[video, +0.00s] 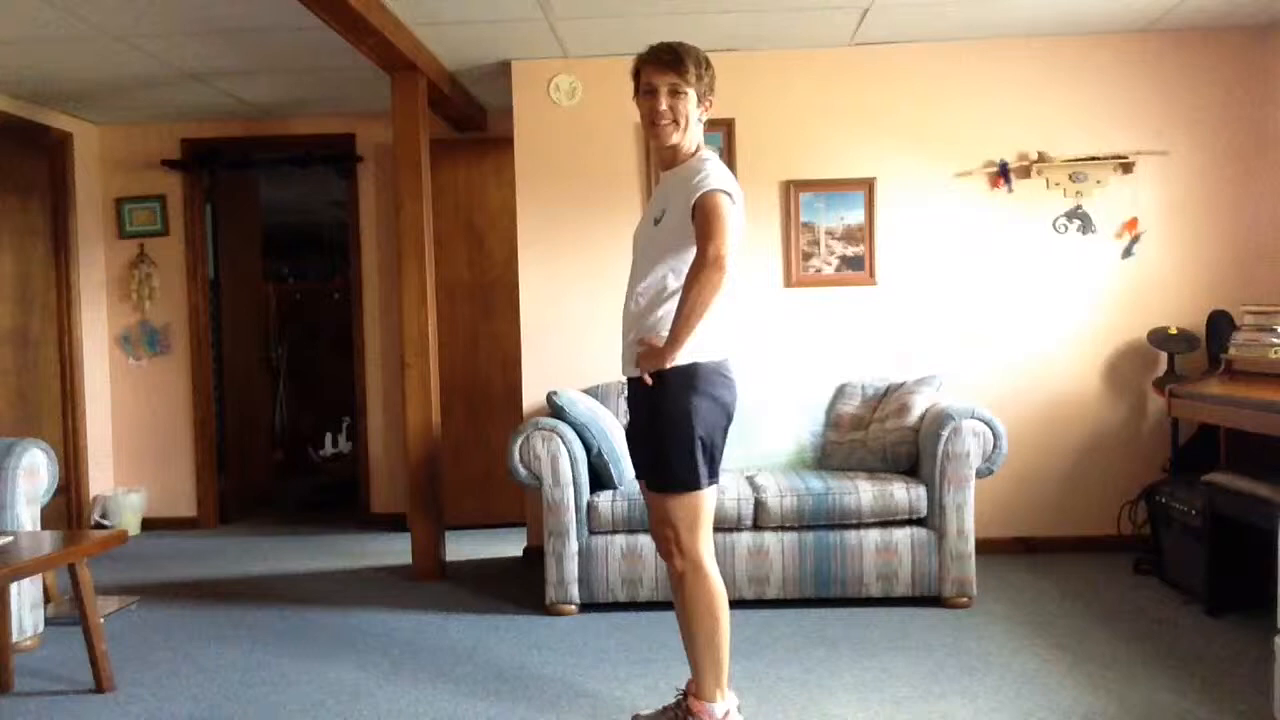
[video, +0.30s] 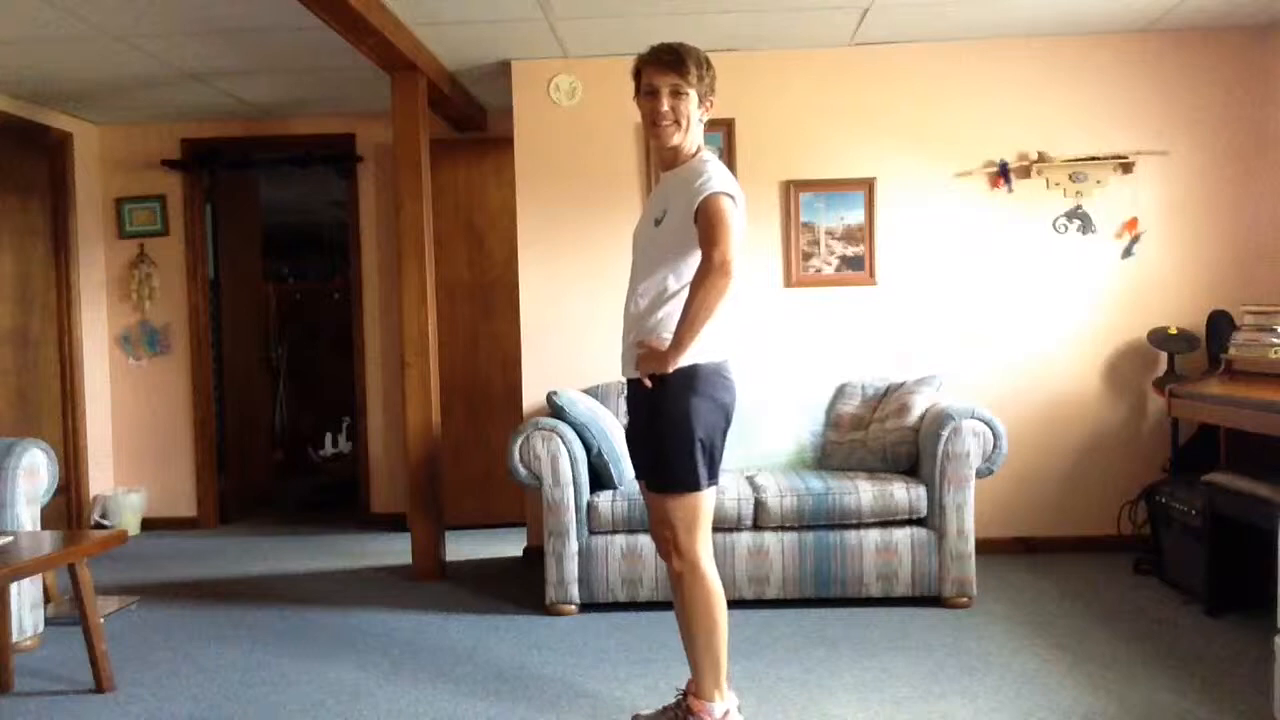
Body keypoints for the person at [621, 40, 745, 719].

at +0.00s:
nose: (659, 106)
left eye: (675, 93)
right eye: (648, 93)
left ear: (702, 103)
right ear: (636, 103)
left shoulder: (705, 173)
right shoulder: (669, 181)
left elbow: (716, 258)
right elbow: (667, 273)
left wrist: (670, 348)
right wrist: (646, 351)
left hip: (682, 379)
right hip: (656, 379)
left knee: (688, 548)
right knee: (673, 545)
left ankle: (714, 700)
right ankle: (706, 693)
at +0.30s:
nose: (661, 107)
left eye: (676, 94)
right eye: (649, 94)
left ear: (703, 103)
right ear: (637, 103)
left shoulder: (706, 176)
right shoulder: (666, 183)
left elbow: (721, 264)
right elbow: (667, 276)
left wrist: (673, 351)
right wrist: (647, 353)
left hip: (682, 380)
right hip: (656, 380)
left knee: (687, 548)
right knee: (672, 546)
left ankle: (714, 699)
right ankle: (706, 692)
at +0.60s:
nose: (661, 105)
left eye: (676, 93)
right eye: (650, 93)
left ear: (702, 103)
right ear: (638, 102)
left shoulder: (705, 176)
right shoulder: (666, 182)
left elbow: (718, 262)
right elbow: (665, 274)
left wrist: (669, 351)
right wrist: (643, 352)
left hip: (679, 380)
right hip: (653, 380)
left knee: (687, 549)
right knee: (672, 547)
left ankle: (713, 700)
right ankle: (706, 693)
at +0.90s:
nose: (661, 106)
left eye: (676, 93)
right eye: (650, 93)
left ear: (702, 103)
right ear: (638, 102)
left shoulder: (705, 175)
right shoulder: (666, 181)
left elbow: (718, 263)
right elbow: (664, 275)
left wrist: (669, 350)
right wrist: (642, 352)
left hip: (679, 380)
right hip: (653, 379)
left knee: (687, 549)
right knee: (672, 548)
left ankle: (713, 700)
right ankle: (706, 693)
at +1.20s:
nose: (661, 106)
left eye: (676, 94)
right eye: (650, 93)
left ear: (702, 103)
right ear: (638, 102)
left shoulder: (705, 174)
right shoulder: (665, 182)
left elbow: (718, 263)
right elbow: (663, 275)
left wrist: (670, 350)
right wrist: (642, 352)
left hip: (681, 379)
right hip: (653, 379)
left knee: (687, 550)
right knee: (672, 548)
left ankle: (713, 699)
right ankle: (706, 693)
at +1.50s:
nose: (661, 105)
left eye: (676, 93)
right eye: (650, 93)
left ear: (703, 103)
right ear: (638, 102)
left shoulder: (705, 173)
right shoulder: (668, 181)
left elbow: (718, 261)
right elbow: (666, 274)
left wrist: (670, 350)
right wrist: (643, 351)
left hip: (680, 379)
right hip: (654, 379)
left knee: (687, 549)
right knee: (672, 547)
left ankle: (713, 699)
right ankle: (705, 693)